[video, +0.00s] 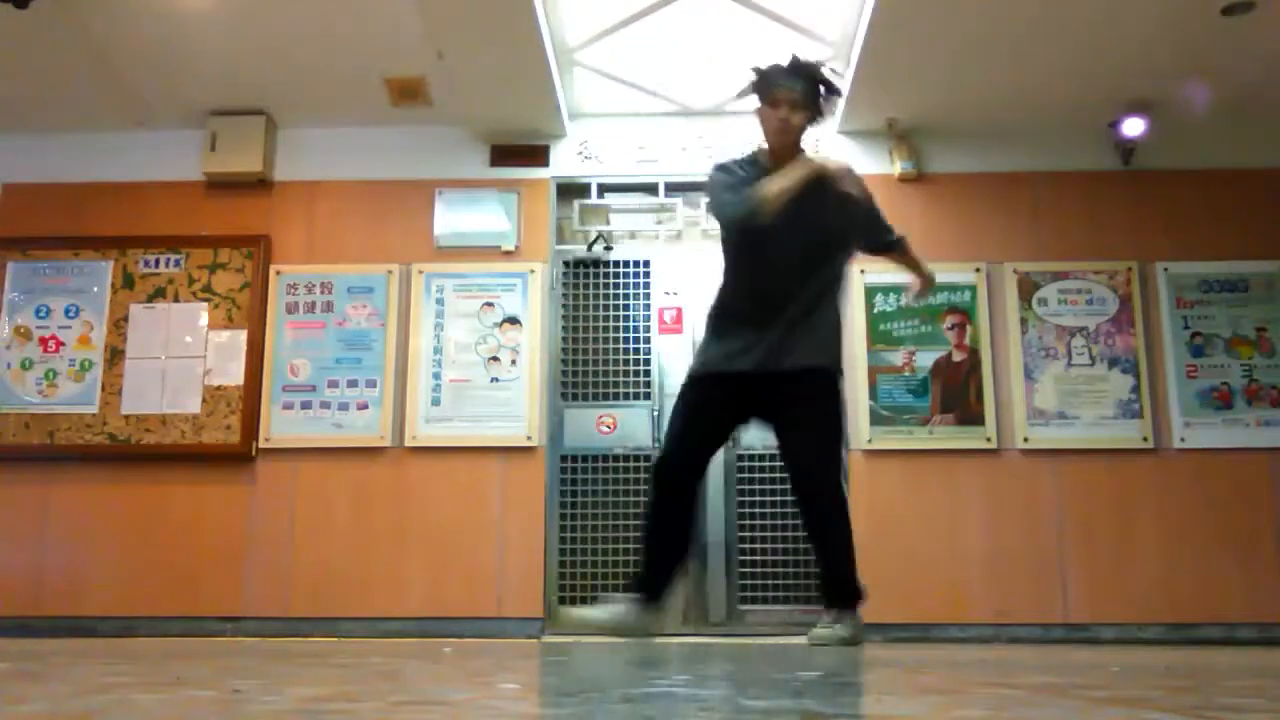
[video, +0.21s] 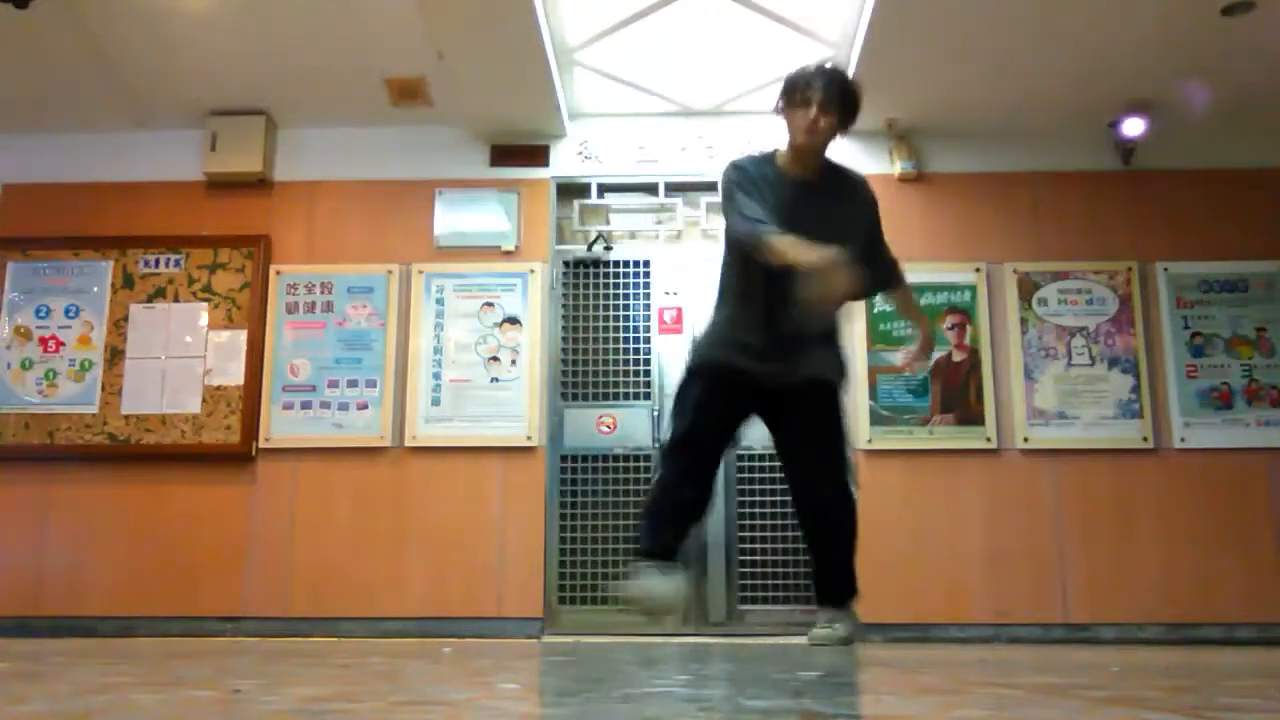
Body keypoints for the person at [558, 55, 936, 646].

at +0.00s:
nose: (778, 116)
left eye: (791, 107)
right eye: (769, 105)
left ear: (811, 116)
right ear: (757, 111)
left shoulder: (835, 184)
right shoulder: (733, 175)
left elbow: (882, 237)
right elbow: (741, 212)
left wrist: (919, 269)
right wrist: (806, 169)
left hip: (804, 363)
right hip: (729, 359)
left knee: (817, 486)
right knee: (676, 466)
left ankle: (842, 612)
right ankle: (646, 601)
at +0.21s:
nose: (810, 116)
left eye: (823, 108)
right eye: (801, 104)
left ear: (841, 122)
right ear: (783, 111)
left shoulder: (852, 193)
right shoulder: (747, 174)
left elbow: (881, 268)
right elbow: (751, 232)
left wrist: (921, 324)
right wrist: (817, 257)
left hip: (805, 365)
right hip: (730, 355)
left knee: (822, 486)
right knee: (689, 449)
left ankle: (835, 609)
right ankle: (656, 566)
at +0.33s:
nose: (821, 105)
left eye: (835, 98)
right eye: (812, 91)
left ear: (849, 110)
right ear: (792, 92)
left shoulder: (850, 181)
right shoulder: (746, 152)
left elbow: (862, 267)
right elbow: (706, 219)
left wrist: (876, 328)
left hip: (796, 332)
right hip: (727, 323)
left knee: (804, 462)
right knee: (750, 443)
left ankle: (744, 577)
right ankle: (767, 586)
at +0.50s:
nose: (815, 130)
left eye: (829, 123)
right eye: (805, 116)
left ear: (840, 138)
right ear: (783, 122)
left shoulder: (831, 202)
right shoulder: (732, 175)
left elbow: (838, 261)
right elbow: (641, 183)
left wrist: (804, 213)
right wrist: (559, 153)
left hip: (783, 363)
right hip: (729, 354)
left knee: (777, 500)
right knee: (811, 468)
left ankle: (633, 524)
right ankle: (780, 611)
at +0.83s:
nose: (761, 120)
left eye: (770, 111)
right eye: (751, 105)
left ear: (773, 118)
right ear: (720, 103)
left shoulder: (746, 203)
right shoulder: (672, 158)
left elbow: (758, 286)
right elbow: (611, 213)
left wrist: (805, 344)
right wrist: (657, 269)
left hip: (685, 345)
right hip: (630, 329)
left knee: (682, 471)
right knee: (647, 450)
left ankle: (616, 600)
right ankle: (572, 574)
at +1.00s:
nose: (730, 99)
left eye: (738, 89)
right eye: (721, 85)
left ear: (743, 97)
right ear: (693, 85)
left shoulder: (724, 171)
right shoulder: (647, 143)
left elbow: (715, 243)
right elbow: (583, 209)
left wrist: (757, 299)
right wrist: (647, 251)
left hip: (665, 322)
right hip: (607, 305)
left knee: (656, 454)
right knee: (611, 400)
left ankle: (609, 595)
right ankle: (521, 515)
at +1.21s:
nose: (685, 44)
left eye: (694, 32)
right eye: (675, 31)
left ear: (704, 34)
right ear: (651, 28)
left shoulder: (710, 119)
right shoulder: (599, 99)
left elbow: (707, 202)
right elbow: (542, 182)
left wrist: (702, 234)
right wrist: (582, 212)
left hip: (661, 293)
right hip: (592, 285)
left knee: (659, 426)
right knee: (591, 407)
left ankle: (577, 549)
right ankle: (565, 559)